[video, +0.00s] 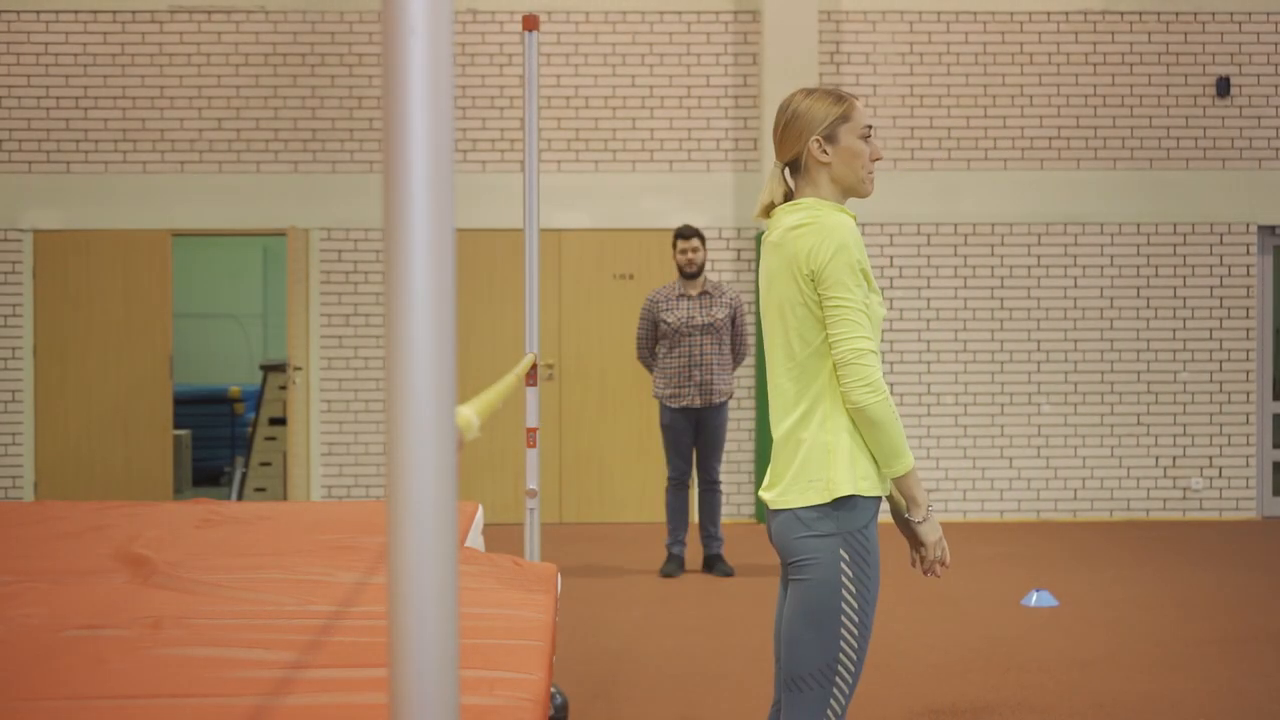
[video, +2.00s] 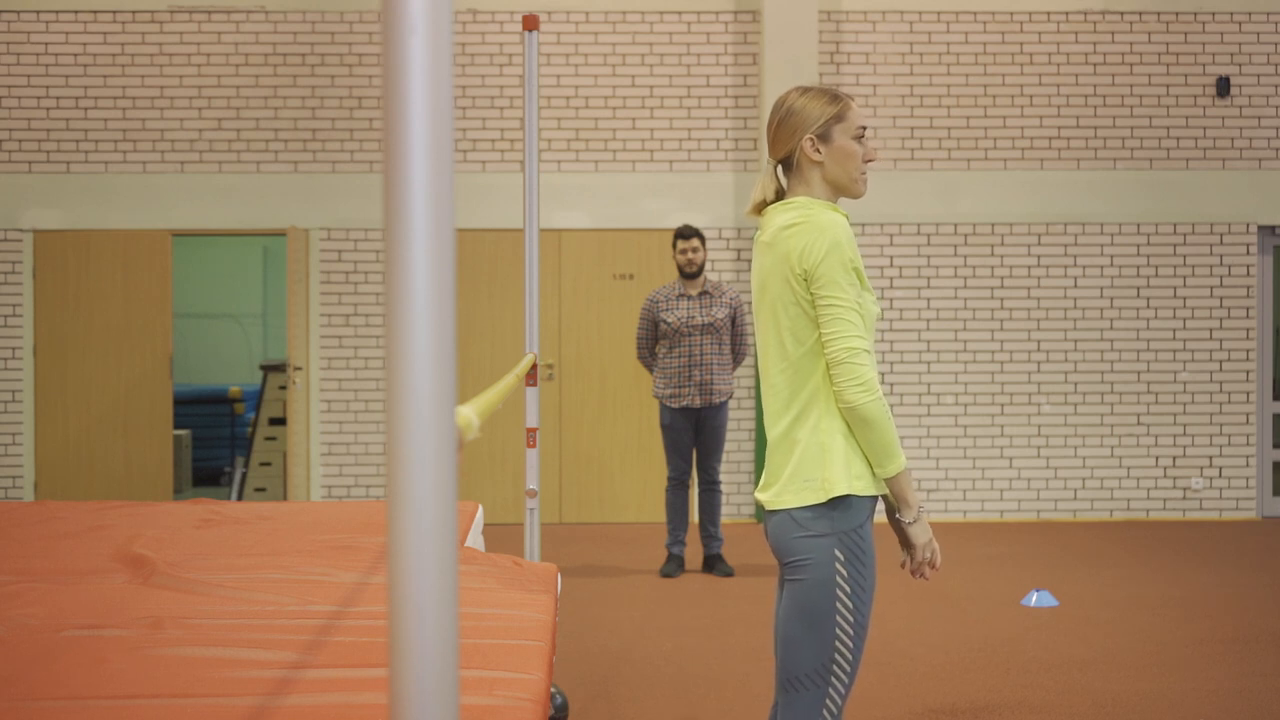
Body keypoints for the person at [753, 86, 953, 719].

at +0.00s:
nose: (876, 151)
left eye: (871, 136)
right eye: (864, 137)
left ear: (819, 154)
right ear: (821, 151)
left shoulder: (786, 230)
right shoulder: (831, 230)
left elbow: (823, 388)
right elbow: (859, 382)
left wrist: (904, 509)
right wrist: (915, 501)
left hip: (800, 499)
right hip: (833, 502)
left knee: (796, 705)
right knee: (818, 706)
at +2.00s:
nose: (870, 152)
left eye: (866, 138)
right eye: (857, 138)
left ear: (812, 152)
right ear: (813, 149)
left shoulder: (779, 229)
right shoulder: (823, 229)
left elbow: (791, 384)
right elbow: (854, 384)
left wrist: (897, 508)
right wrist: (906, 503)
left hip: (798, 502)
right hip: (828, 504)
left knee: (802, 705)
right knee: (814, 707)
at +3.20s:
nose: (863, 153)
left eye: (858, 138)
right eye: (850, 139)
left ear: (805, 154)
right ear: (804, 151)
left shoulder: (781, 228)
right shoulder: (816, 226)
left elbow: (876, 359)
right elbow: (896, 356)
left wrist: (990, 448)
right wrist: (1000, 455)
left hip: (785, 501)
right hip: (806, 505)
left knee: (788, 705)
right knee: (802, 706)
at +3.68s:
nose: (852, 157)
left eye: (849, 141)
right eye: (841, 142)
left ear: (797, 153)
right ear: (796, 150)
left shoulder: (780, 224)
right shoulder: (791, 223)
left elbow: (932, 255)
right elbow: (939, 256)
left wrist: (1064, 236)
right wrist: (1075, 236)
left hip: (805, 500)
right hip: (809, 502)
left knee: (798, 704)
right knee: (804, 706)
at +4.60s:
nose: (851, 164)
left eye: (847, 149)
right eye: (838, 147)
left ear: (793, 155)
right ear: (799, 154)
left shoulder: (786, 228)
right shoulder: (782, 227)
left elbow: (831, 102)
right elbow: (866, 94)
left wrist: (840, 7)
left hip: (840, 489)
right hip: (842, 493)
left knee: (818, 697)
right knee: (828, 700)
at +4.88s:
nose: (862, 167)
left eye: (860, 152)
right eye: (851, 151)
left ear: (795, 159)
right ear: (805, 157)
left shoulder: (789, 234)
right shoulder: (788, 235)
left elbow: (805, 93)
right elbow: (836, 76)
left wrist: (782, 9)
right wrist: (801, 0)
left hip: (845, 489)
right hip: (851, 492)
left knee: (819, 697)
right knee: (832, 700)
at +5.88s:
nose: (858, 165)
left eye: (856, 151)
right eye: (846, 150)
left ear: (790, 157)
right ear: (801, 156)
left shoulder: (788, 232)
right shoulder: (784, 229)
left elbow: (810, 98)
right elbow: (845, 76)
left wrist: (788, 10)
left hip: (842, 490)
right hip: (844, 492)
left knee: (814, 701)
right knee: (827, 704)